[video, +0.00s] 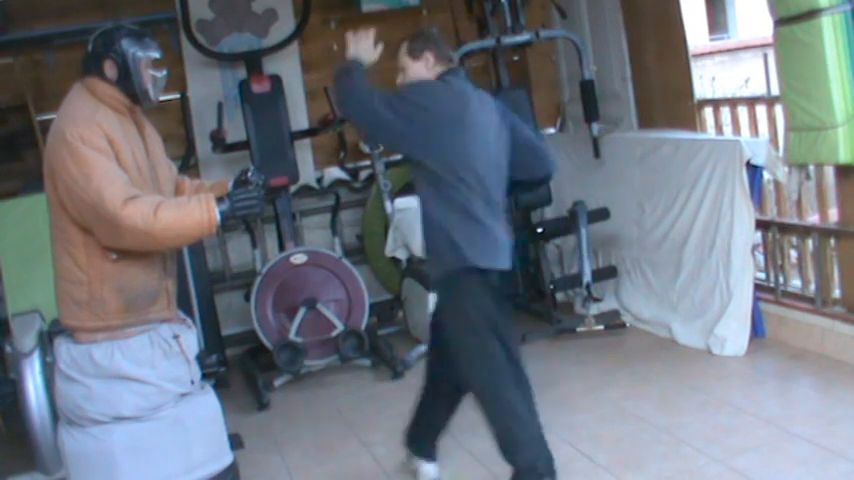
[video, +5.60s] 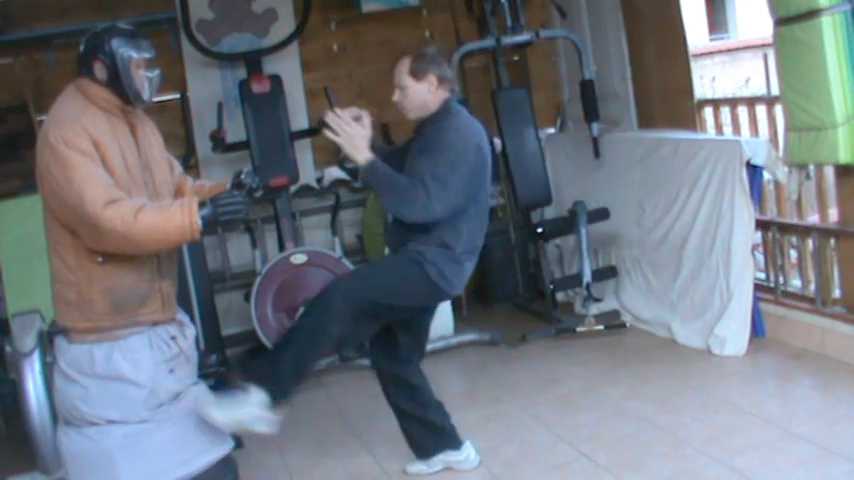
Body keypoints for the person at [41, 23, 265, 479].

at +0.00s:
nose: (153, 75)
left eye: (153, 64)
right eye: (144, 64)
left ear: (117, 68)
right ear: (111, 65)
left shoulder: (132, 118)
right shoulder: (78, 129)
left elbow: (170, 188)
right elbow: (123, 220)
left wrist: (227, 186)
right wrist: (215, 211)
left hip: (152, 315)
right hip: (108, 329)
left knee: (180, 447)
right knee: (132, 457)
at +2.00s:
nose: (149, 76)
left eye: (150, 66)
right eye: (139, 66)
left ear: (113, 69)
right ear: (106, 67)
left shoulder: (139, 121)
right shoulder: (70, 128)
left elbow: (177, 188)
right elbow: (110, 221)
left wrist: (229, 189)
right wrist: (205, 215)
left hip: (158, 318)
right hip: (103, 331)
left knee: (191, 448)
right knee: (123, 459)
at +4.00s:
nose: (151, 76)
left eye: (151, 66)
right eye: (140, 66)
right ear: (107, 66)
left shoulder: (141, 120)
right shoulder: (69, 130)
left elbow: (179, 187)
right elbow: (109, 221)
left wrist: (230, 187)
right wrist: (203, 216)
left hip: (161, 320)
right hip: (104, 333)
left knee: (190, 452)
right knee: (123, 461)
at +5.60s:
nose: (148, 75)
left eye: (148, 64)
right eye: (138, 65)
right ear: (100, 66)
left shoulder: (137, 120)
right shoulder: (66, 129)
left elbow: (176, 189)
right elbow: (107, 222)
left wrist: (230, 186)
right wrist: (199, 217)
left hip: (158, 318)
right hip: (104, 333)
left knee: (201, 453)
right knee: (125, 463)